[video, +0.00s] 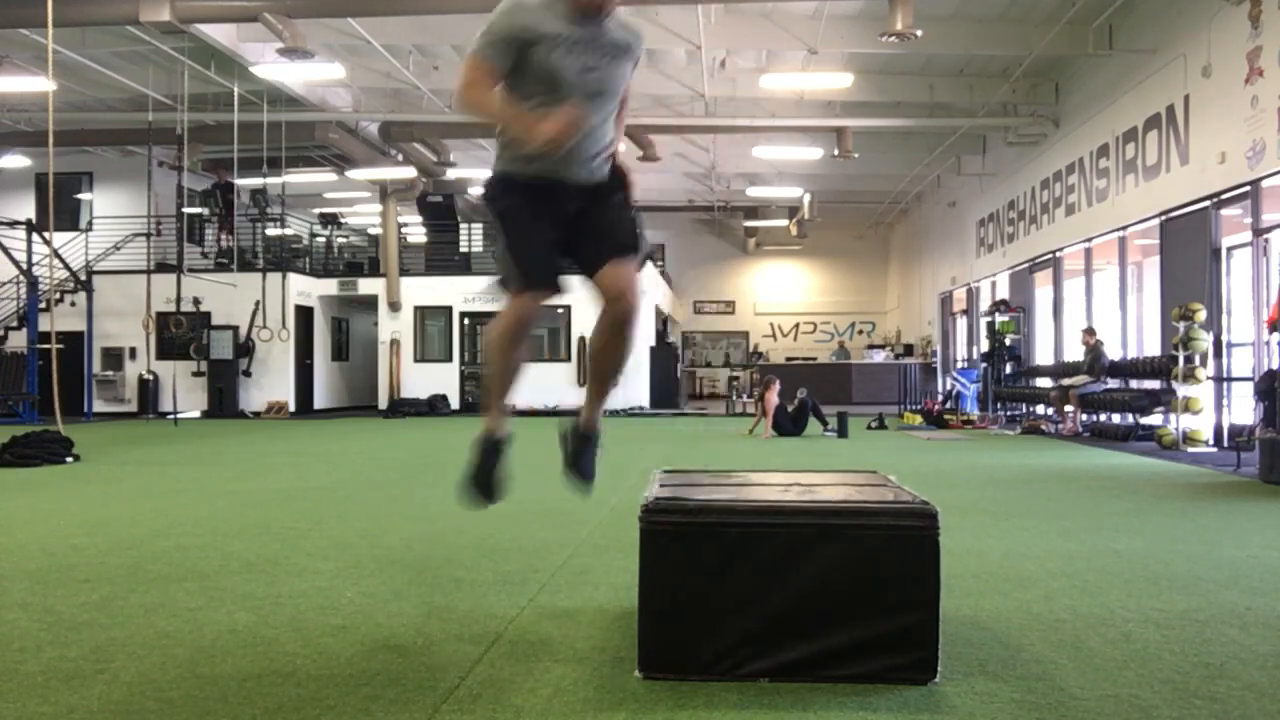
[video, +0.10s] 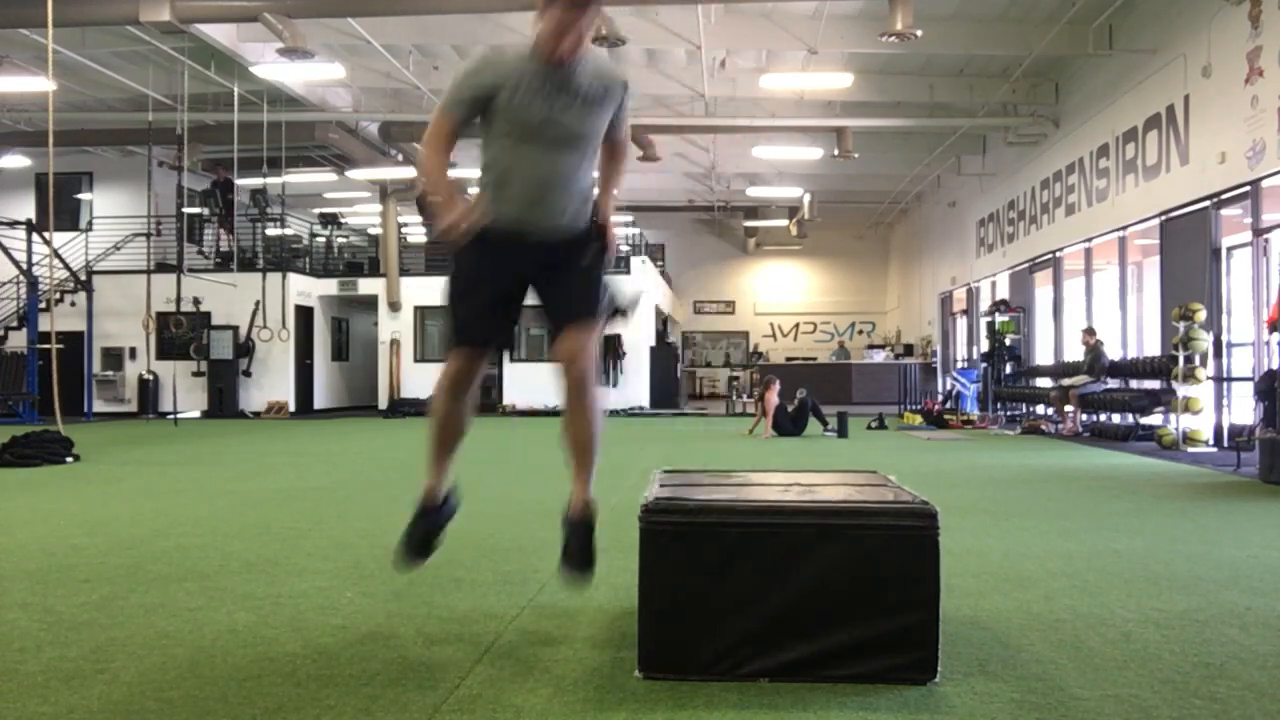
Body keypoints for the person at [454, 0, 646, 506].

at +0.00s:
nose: (607, 2)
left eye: (614, 0)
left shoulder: (627, 39)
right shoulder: (521, 17)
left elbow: (615, 104)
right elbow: (471, 91)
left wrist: (617, 154)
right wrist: (530, 125)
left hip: (595, 188)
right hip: (524, 186)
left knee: (625, 297)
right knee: (526, 302)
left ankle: (588, 424)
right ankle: (492, 432)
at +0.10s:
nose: (565, 34)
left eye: (579, 23)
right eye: (559, 19)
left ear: (596, 25)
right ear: (539, 14)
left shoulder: (610, 86)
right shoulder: (493, 69)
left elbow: (617, 147)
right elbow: (434, 142)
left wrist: (605, 204)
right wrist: (445, 205)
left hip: (570, 243)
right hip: (494, 238)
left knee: (581, 366)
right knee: (461, 368)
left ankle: (581, 506)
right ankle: (434, 495)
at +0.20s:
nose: (523, 122)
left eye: (533, 112)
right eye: (516, 110)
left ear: (551, 117)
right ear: (499, 111)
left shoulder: (578, 175)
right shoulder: (460, 161)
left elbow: (618, 231)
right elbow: (404, 214)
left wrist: (607, 313)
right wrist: (382, 284)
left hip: (543, 330)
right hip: (468, 324)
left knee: (538, 449)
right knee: (425, 448)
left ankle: (537, 584)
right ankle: (401, 570)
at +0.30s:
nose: (479, 206)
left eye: (491, 194)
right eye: (472, 193)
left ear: (513, 196)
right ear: (460, 195)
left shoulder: (549, 254)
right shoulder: (438, 244)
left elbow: (609, 305)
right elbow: (392, 282)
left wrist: (612, 376)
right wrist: (366, 334)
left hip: (528, 386)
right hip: (455, 381)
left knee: (514, 479)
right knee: (397, 486)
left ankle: (531, 591)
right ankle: (407, 588)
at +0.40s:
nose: (449, 270)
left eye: (460, 258)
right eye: (440, 257)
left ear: (486, 254)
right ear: (428, 252)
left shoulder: (520, 299)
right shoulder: (409, 290)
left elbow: (599, 321)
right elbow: (410, 317)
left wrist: (611, 375)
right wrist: (418, 342)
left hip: (525, 403)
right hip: (451, 402)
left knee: (510, 480)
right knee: (385, 488)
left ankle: (533, 591)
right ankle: (408, 587)